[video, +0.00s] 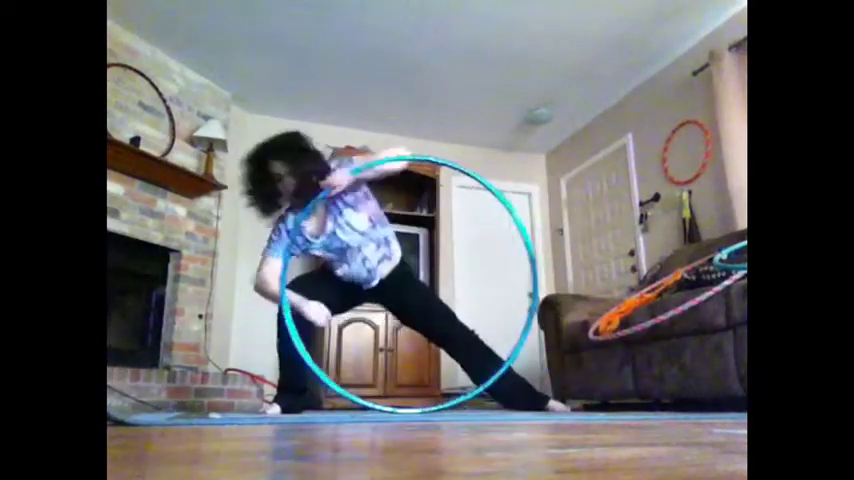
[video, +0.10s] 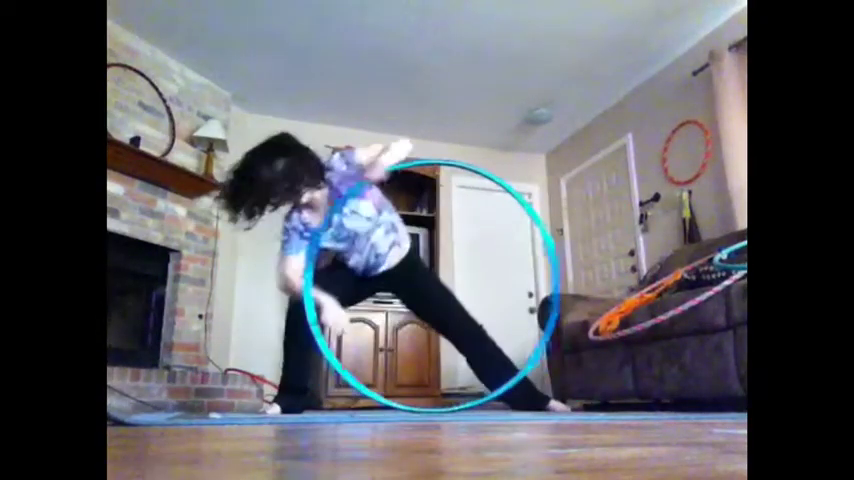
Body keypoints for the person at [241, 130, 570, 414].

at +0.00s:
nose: (282, 187)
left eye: (285, 176)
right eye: (275, 183)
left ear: (305, 166)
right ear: (272, 188)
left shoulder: (343, 174)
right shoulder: (288, 225)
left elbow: (401, 159)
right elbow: (264, 280)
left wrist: (354, 174)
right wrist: (300, 300)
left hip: (391, 275)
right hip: (343, 282)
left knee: (455, 336)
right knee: (291, 303)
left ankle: (535, 404)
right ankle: (294, 402)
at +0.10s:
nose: (296, 206)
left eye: (296, 196)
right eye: (286, 203)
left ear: (308, 175)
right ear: (281, 200)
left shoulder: (343, 168)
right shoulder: (298, 222)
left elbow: (402, 146)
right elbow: (290, 277)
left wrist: (381, 163)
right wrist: (324, 302)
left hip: (400, 262)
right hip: (351, 273)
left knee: (463, 328)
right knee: (301, 306)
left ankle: (532, 402)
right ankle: (292, 402)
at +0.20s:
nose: (296, 198)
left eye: (297, 187)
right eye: (288, 194)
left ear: (310, 170)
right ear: (287, 193)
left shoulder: (353, 164)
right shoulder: (308, 219)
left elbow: (408, 145)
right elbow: (311, 272)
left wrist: (405, 161)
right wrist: (345, 296)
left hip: (411, 259)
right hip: (360, 272)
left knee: (475, 324)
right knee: (310, 308)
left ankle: (532, 400)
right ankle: (292, 400)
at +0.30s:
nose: (323, 194)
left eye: (323, 183)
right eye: (313, 193)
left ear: (330, 164)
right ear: (305, 194)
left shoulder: (371, 159)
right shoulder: (323, 211)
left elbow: (418, 155)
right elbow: (330, 264)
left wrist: (429, 159)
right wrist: (365, 290)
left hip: (423, 257)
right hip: (372, 269)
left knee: (489, 318)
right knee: (321, 314)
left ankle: (532, 399)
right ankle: (293, 400)